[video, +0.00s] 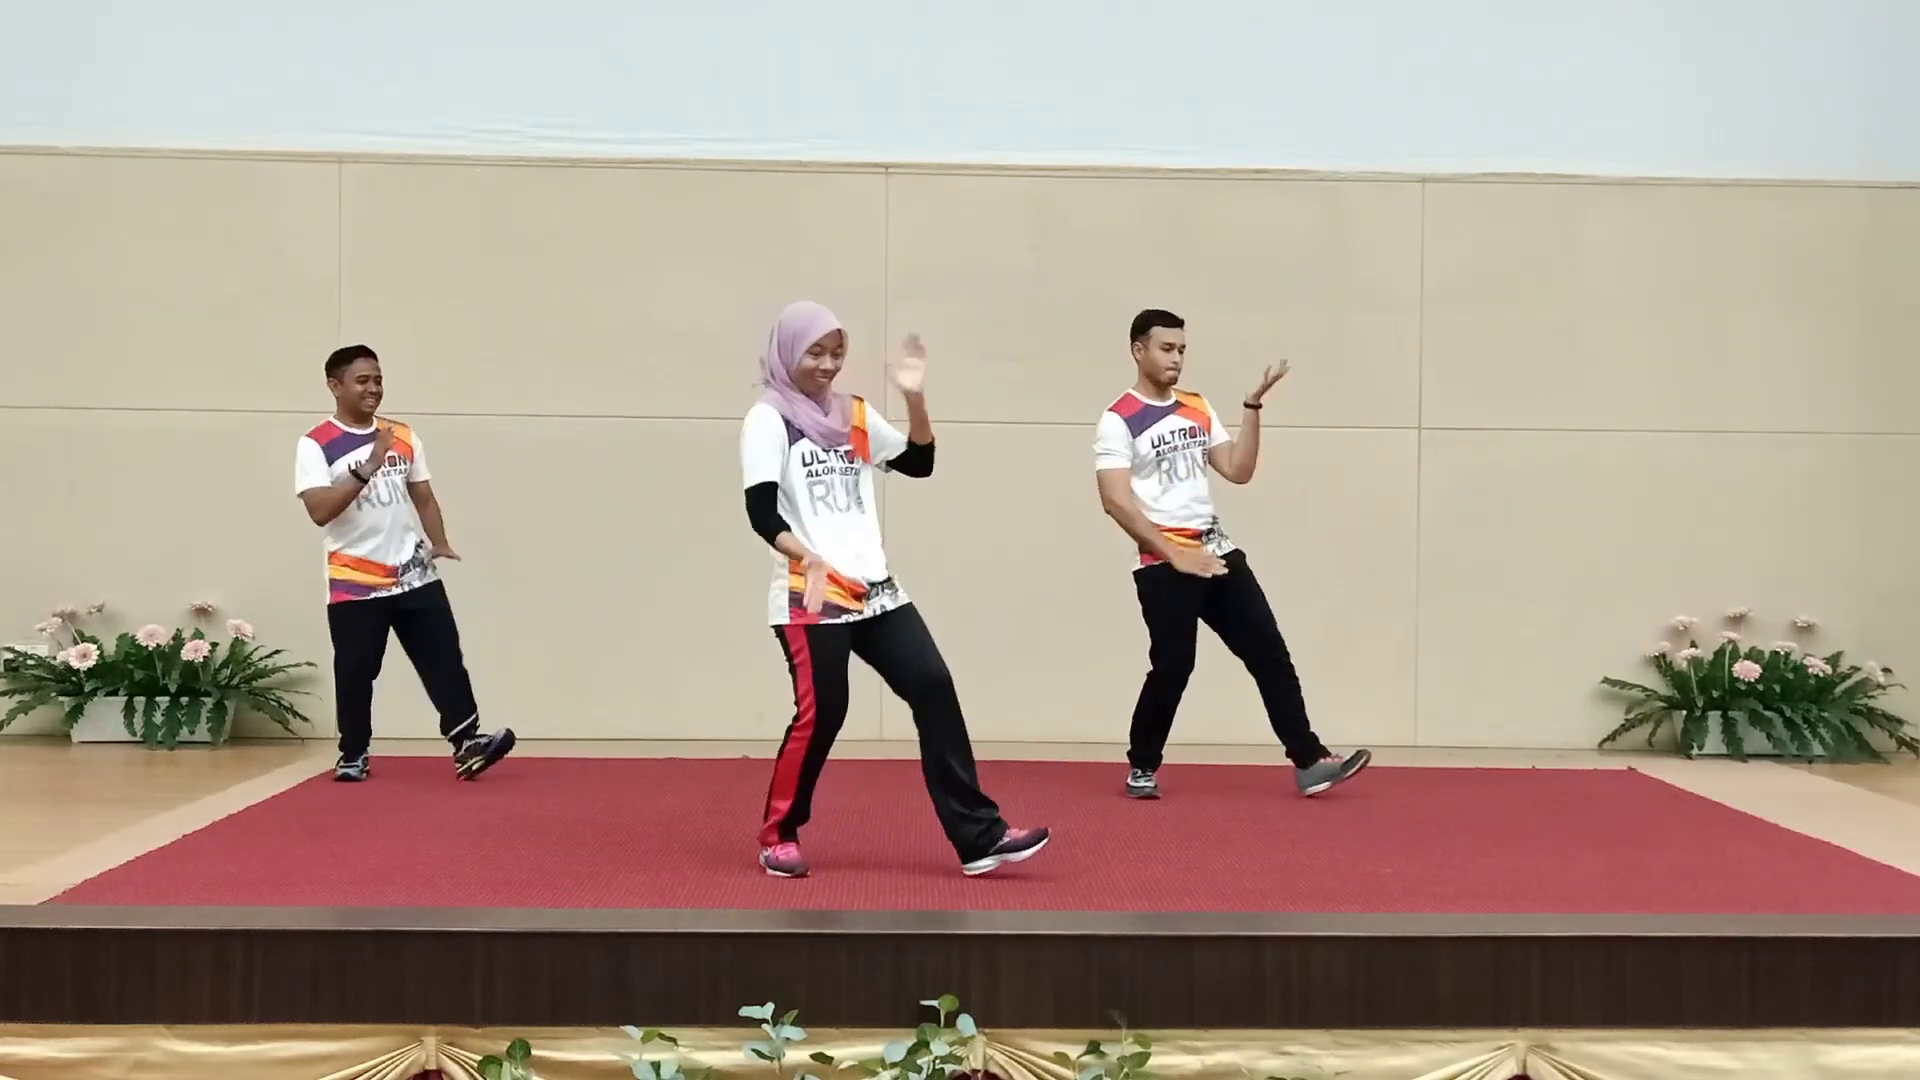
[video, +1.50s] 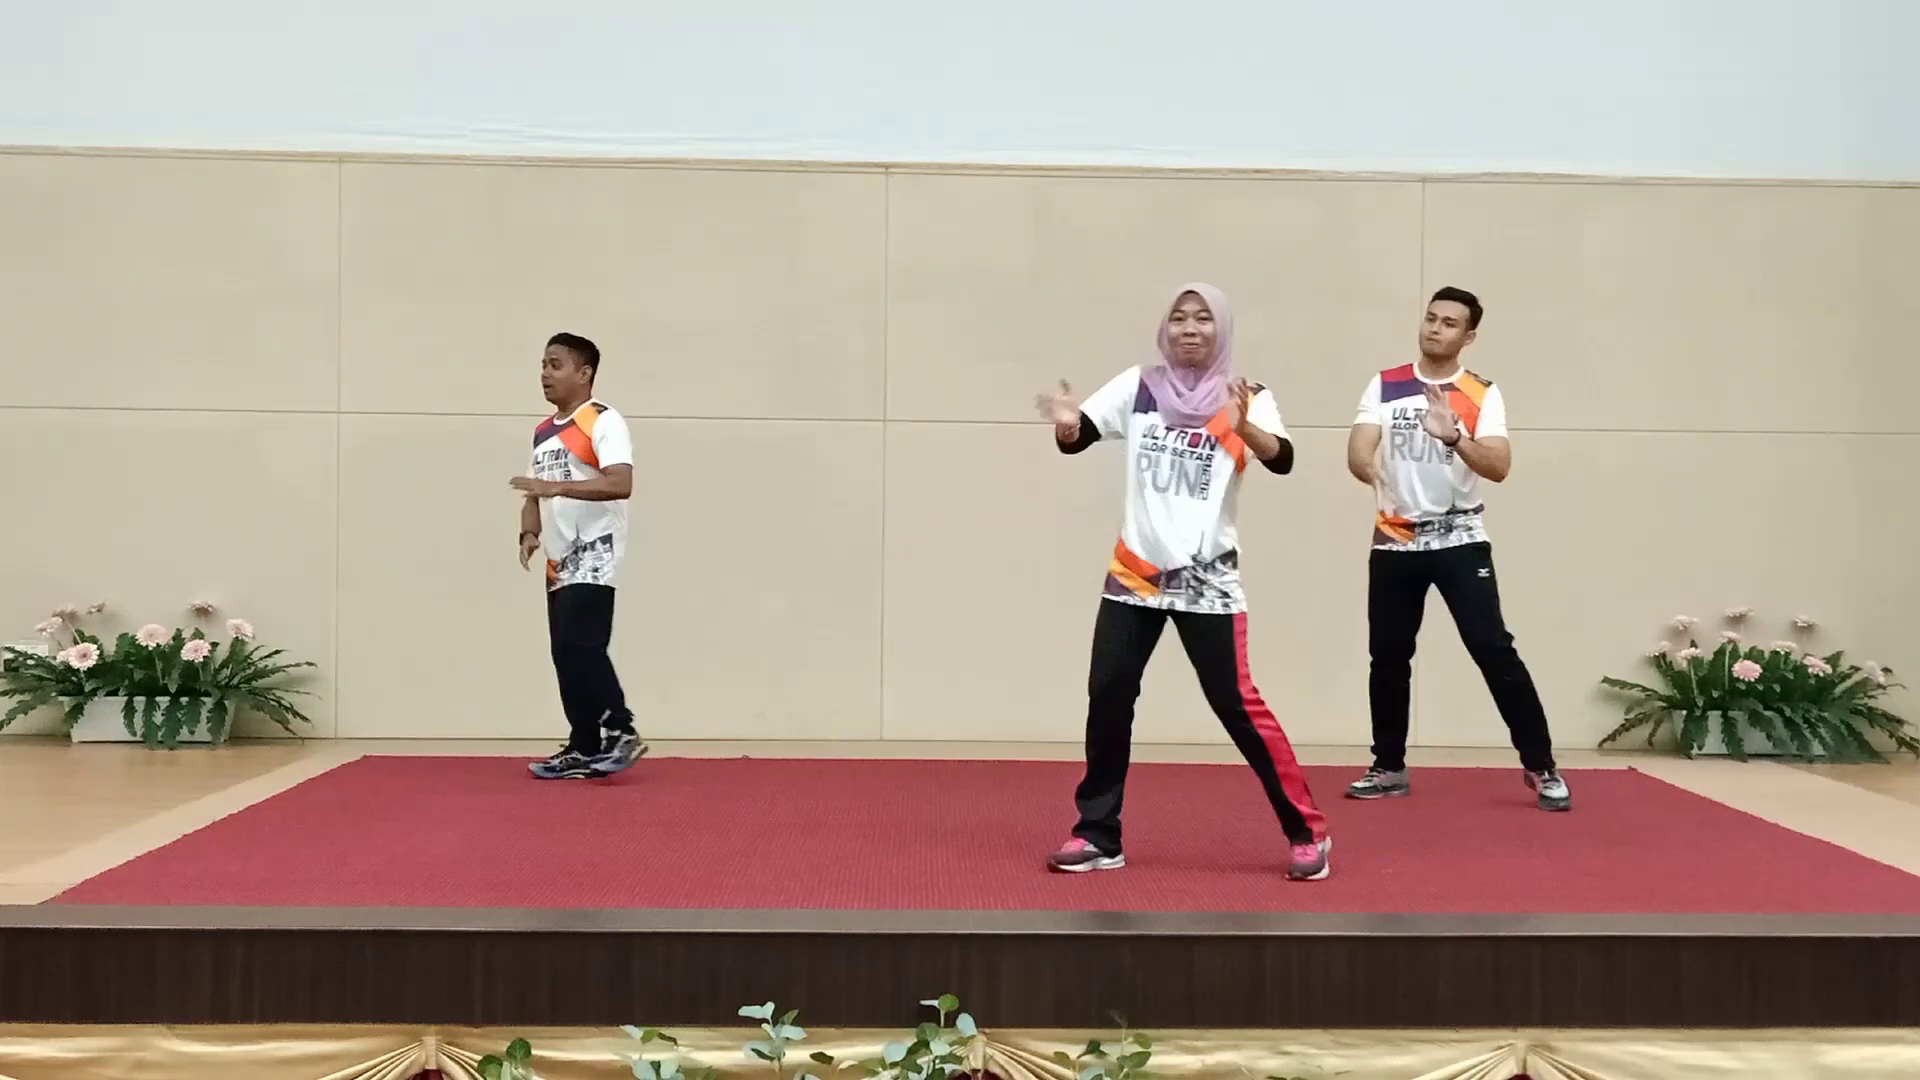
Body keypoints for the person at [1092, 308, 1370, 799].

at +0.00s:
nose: (1176, 358)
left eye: (1181, 350)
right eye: (1166, 349)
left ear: (1184, 354)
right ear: (1138, 350)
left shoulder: (1195, 407)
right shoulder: (1119, 419)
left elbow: (1239, 470)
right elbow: (1116, 500)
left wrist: (1251, 408)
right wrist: (1174, 553)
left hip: (1218, 557)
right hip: (1165, 567)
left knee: (1270, 656)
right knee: (1173, 666)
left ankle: (1310, 763)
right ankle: (1143, 767)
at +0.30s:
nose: (1201, 328)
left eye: (1211, 321)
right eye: (1192, 318)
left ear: (1220, 328)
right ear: (1172, 320)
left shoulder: (1235, 386)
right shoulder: (1145, 384)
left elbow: (1279, 445)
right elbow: (1148, 455)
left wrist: (1280, 394)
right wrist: (1225, 455)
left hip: (1230, 535)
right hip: (1171, 542)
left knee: (1283, 628)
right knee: (1161, 652)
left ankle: (1324, 738)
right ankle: (1141, 762)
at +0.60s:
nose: (1277, 342)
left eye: (1289, 334)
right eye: (1270, 330)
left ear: (1305, 342)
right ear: (1256, 331)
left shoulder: (1320, 402)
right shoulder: (1225, 390)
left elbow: (1345, 465)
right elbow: (1217, 460)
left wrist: (1353, 493)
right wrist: (1263, 406)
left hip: (1296, 552)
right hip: (1231, 552)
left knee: (1328, 660)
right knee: (1197, 657)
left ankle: (1346, 775)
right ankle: (1148, 763)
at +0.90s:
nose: (1340, 328)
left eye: (1353, 322)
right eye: (1334, 317)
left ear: (1372, 332)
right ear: (1323, 321)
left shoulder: (1390, 388)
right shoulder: (1292, 385)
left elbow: (1411, 468)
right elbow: (1278, 461)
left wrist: (1392, 429)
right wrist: (1316, 470)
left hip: (1364, 541)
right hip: (1301, 540)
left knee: (1361, 661)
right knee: (1289, 646)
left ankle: (1352, 774)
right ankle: (1316, 744)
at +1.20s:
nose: (1375, 339)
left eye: (1388, 332)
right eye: (1369, 329)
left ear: (1406, 343)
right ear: (1357, 334)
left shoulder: (1423, 398)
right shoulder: (1326, 400)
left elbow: (1446, 463)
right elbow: (1312, 478)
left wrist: (1414, 407)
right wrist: (1336, 529)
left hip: (1412, 542)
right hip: (1352, 548)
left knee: (1427, 639)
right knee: (1358, 657)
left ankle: (1401, 759)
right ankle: (1383, 764)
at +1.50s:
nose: (1437, 329)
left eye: (1450, 324)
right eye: (1432, 319)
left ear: (1469, 336)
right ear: (1421, 324)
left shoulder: (1482, 395)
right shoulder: (1383, 386)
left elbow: (1499, 467)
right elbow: (1359, 459)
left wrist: (1456, 437)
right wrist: (1382, 476)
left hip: (1460, 542)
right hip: (1395, 544)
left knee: (1494, 651)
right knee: (1388, 659)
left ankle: (1542, 770)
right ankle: (1388, 769)